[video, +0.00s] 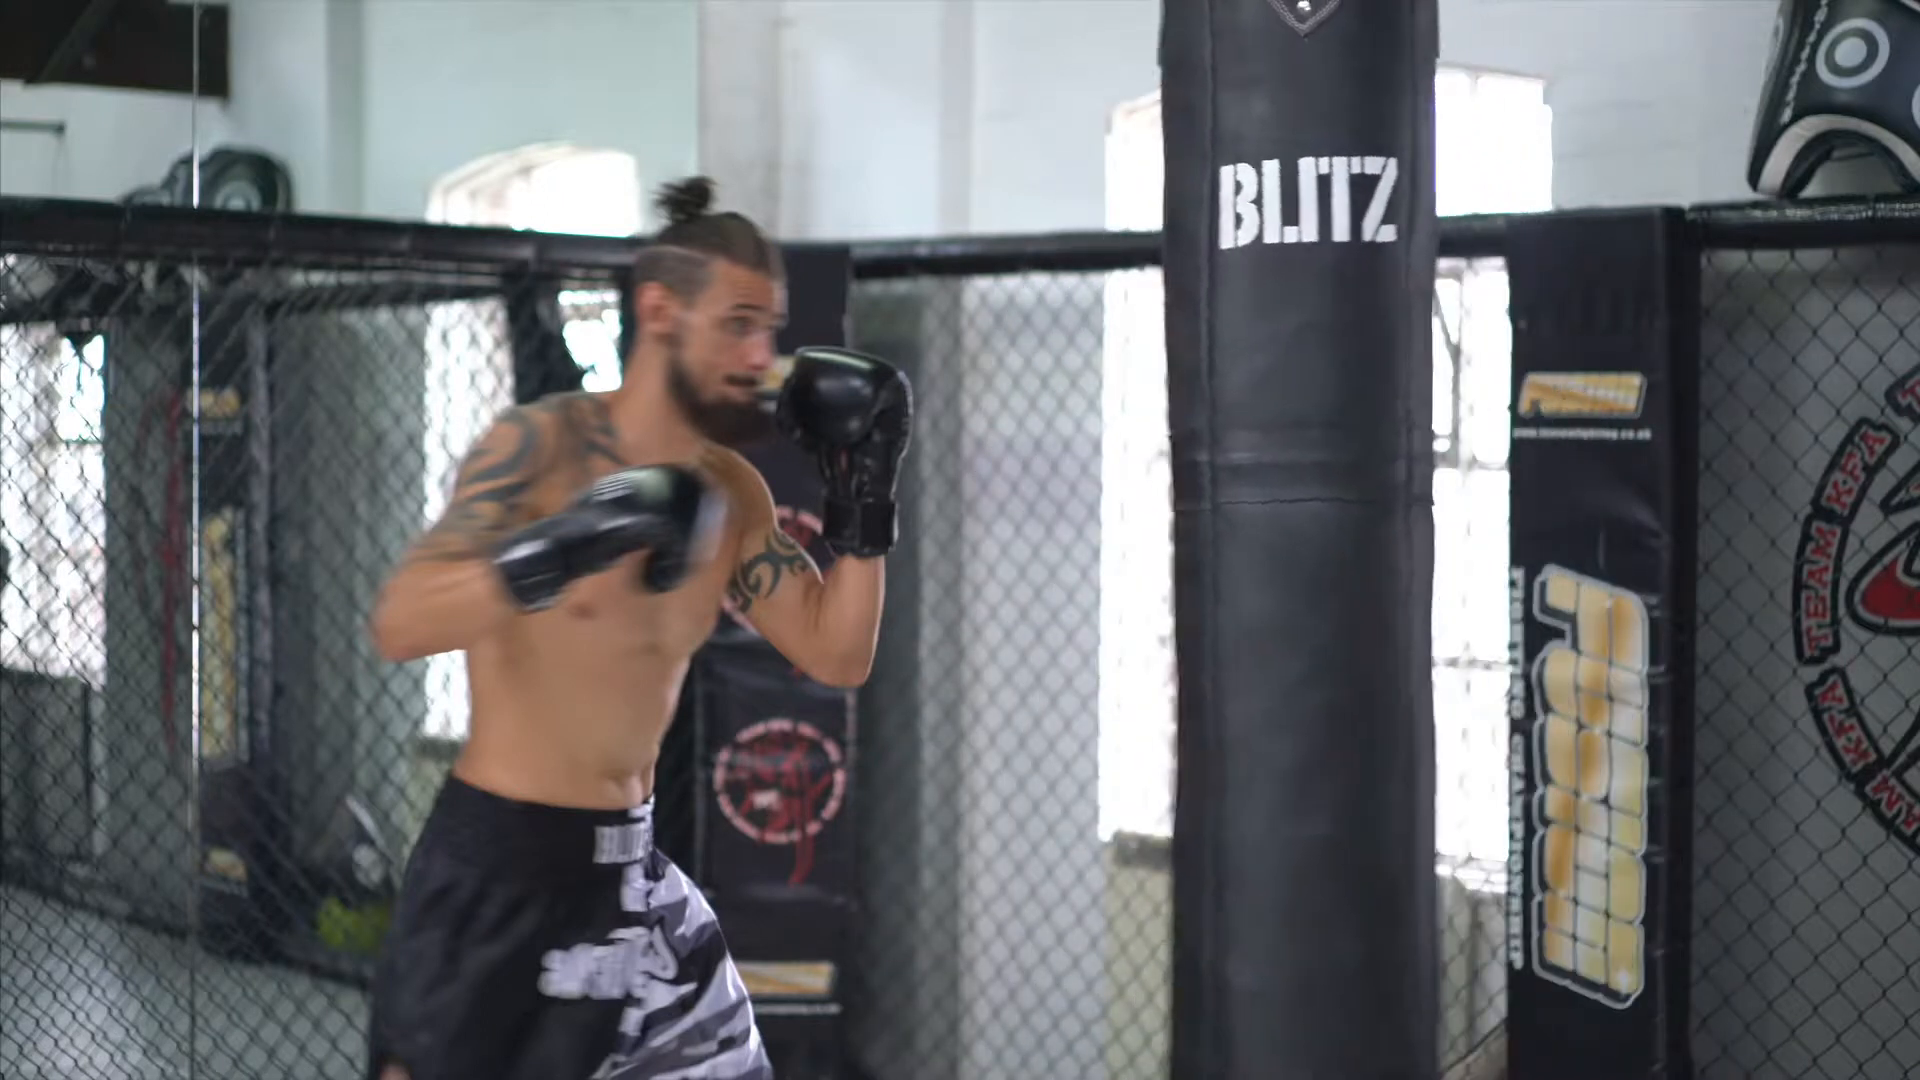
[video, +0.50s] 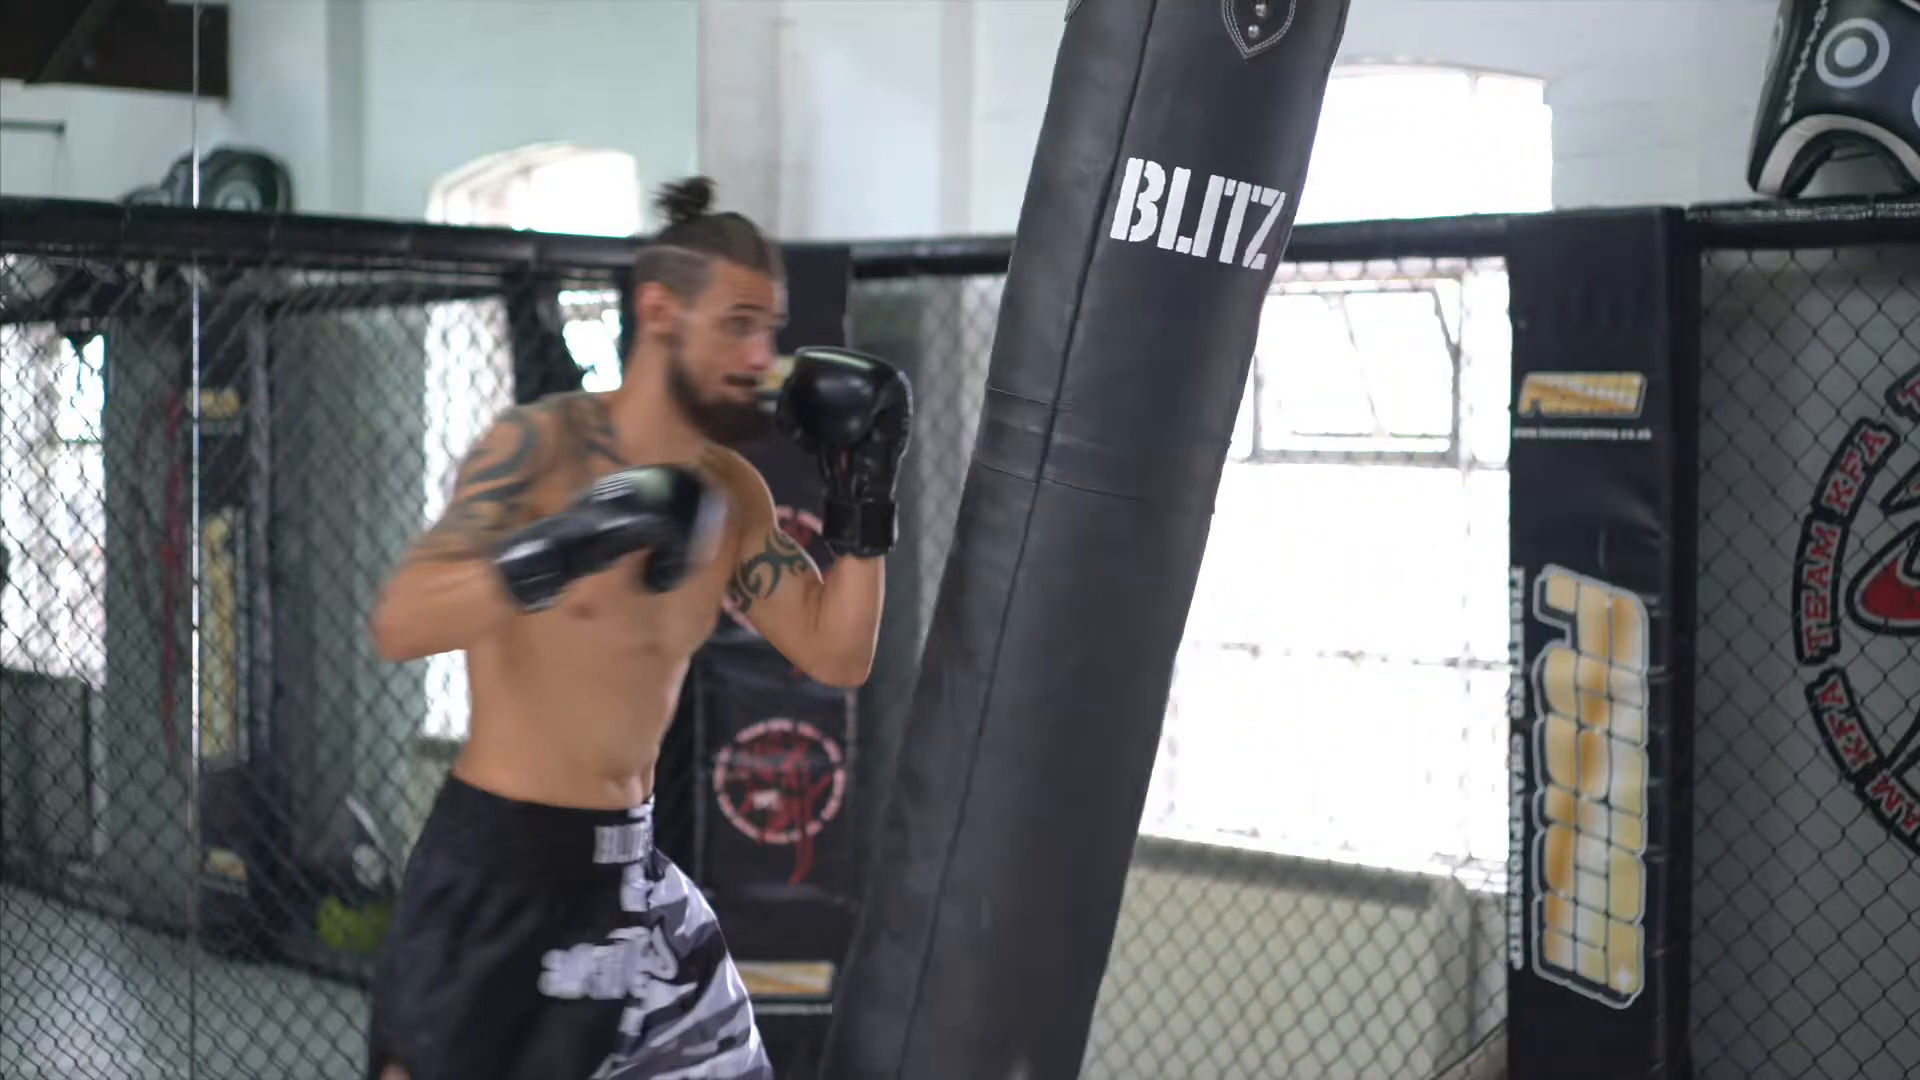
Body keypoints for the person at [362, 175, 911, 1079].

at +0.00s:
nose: (763, 357)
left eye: (772, 331)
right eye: (740, 325)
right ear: (656, 309)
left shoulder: (733, 492)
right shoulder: (538, 440)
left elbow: (839, 655)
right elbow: (400, 623)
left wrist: (865, 480)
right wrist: (568, 547)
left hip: (636, 867)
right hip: (501, 867)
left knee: (732, 1066)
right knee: (444, 1065)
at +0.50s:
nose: (762, 357)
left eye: (772, 331)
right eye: (739, 325)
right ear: (656, 310)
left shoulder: (733, 492)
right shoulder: (538, 441)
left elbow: (839, 656)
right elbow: (400, 624)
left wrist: (866, 479)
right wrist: (568, 547)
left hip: (635, 867)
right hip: (500, 865)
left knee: (732, 1066)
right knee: (437, 1065)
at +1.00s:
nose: (763, 357)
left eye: (772, 331)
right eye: (740, 325)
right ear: (656, 310)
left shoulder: (733, 493)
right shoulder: (538, 441)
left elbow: (839, 655)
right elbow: (400, 623)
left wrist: (865, 480)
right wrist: (568, 547)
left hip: (636, 868)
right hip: (500, 867)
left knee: (732, 1066)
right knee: (442, 1065)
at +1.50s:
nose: (762, 357)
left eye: (772, 331)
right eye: (739, 325)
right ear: (656, 310)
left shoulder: (733, 493)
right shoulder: (537, 441)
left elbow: (839, 655)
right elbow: (400, 623)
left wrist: (864, 481)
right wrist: (568, 547)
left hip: (636, 868)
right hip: (500, 867)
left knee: (732, 1066)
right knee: (439, 1065)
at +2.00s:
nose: (762, 357)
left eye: (772, 331)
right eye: (739, 325)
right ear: (656, 310)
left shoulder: (733, 492)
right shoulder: (537, 441)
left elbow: (839, 655)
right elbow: (400, 623)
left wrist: (865, 481)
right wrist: (569, 546)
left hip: (635, 867)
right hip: (500, 866)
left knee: (732, 1066)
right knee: (439, 1065)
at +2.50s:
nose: (763, 357)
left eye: (772, 331)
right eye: (739, 325)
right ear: (656, 309)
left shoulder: (733, 492)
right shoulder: (538, 441)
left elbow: (839, 655)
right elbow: (400, 623)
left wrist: (865, 482)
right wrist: (569, 546)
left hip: (635, 868)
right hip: (500, 866)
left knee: (732, 1066)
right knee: (440, 1065)